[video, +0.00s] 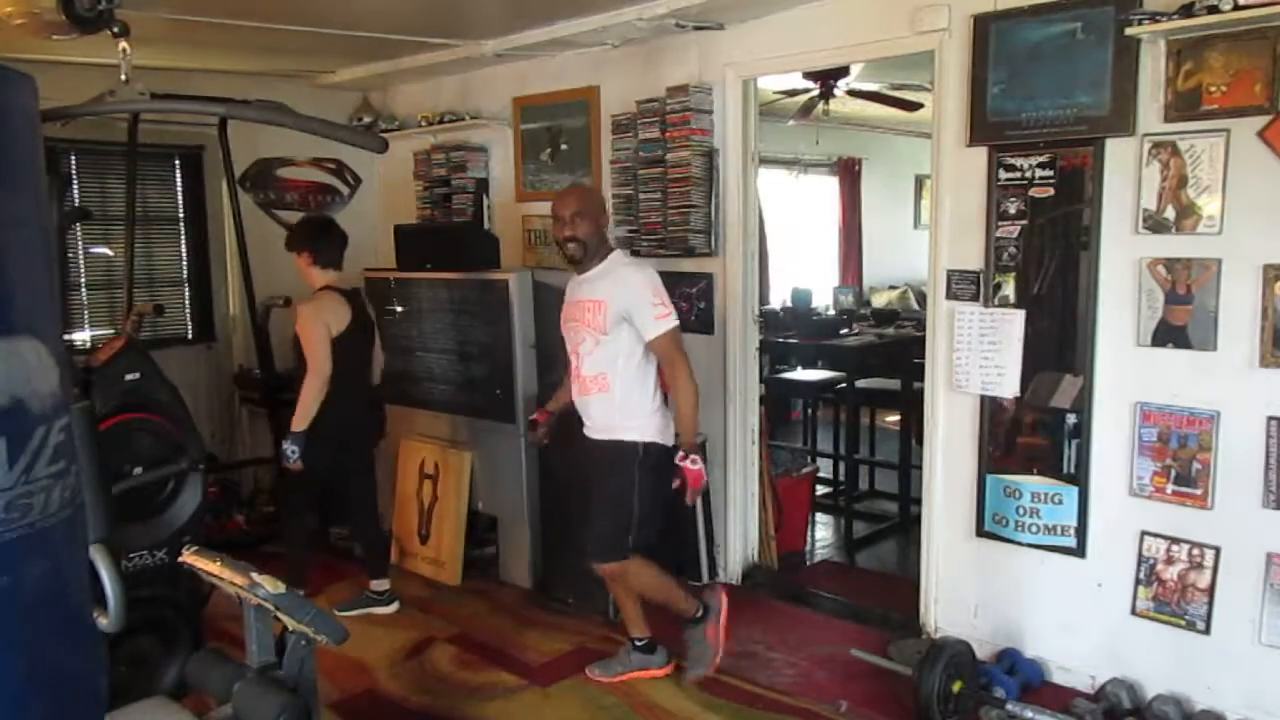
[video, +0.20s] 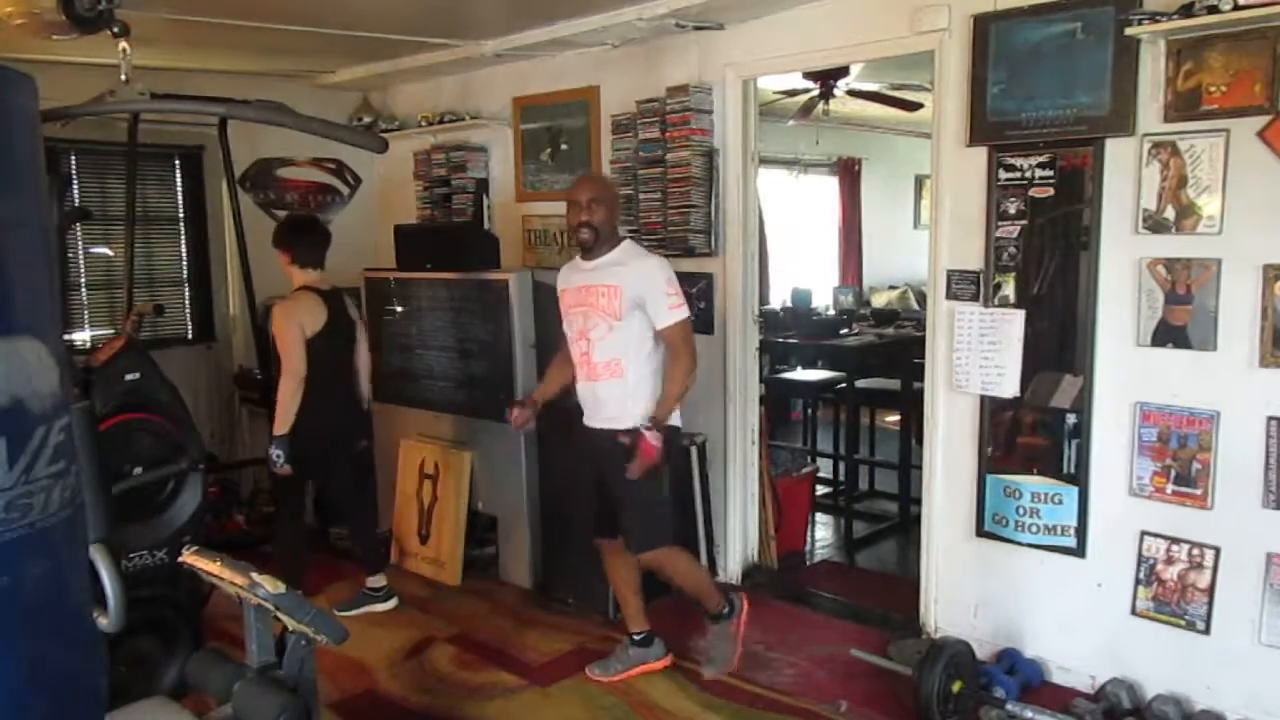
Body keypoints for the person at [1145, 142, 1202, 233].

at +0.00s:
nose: (1158, 158)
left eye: (1159, 154)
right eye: (1155, 156)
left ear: (1168, 149)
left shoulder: (1175, 161)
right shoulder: (1164, 164)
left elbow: (1170, 188)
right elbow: (1162, 188)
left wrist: (1160, 213)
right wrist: (1157, 212)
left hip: (1190, 211)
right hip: (1180, 212)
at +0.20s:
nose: (1158, 158)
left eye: (1159, 153)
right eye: (1155, 156)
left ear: (1168, 149)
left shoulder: (1175, 161)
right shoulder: (1164, 164)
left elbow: (1170, 188)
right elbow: (1161, 188)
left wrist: (1160, 214)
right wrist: (1157, 212)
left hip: (1190, 211)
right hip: (1180, 212)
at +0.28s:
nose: (1157, 158)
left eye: (1159, 154)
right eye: (1155, 156)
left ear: (1168, 150)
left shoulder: (1175, 161)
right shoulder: (1164, 165)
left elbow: (1170, 188)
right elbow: (1161, 188)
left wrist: (1160, 214)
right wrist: (1157, 212)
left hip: (1190, 211)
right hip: (1180, 212)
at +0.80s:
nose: (1157, 159)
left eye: (1159, 154)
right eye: (1155, 156)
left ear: (1169, 149)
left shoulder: (1175, 161)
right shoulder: (1164, 165)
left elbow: (1170, 188)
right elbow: (1161, 188)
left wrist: (1160, 214)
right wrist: (1157, 212)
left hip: (1190, 211)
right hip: (1180, 212)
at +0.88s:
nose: (1158, 158)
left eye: (1159, 154)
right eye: (1155, 156)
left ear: (1168, 149)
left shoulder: (1175, 161)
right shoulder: (1164, 165)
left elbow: (1170, 188)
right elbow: (1161, 188)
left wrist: (1160, 213)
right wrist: (1157, 212)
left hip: (1190, 211)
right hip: (1180, 212)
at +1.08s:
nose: (1158, 159)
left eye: (1159, 154)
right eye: (1155, 156)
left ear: (1169, 150)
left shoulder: (1175, 162)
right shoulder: (1164, 166)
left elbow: (1170, 188)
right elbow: (1161, 188)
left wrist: (1160, 214)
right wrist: (1157, 213)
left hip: (1190, 211)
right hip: (1180, 212)